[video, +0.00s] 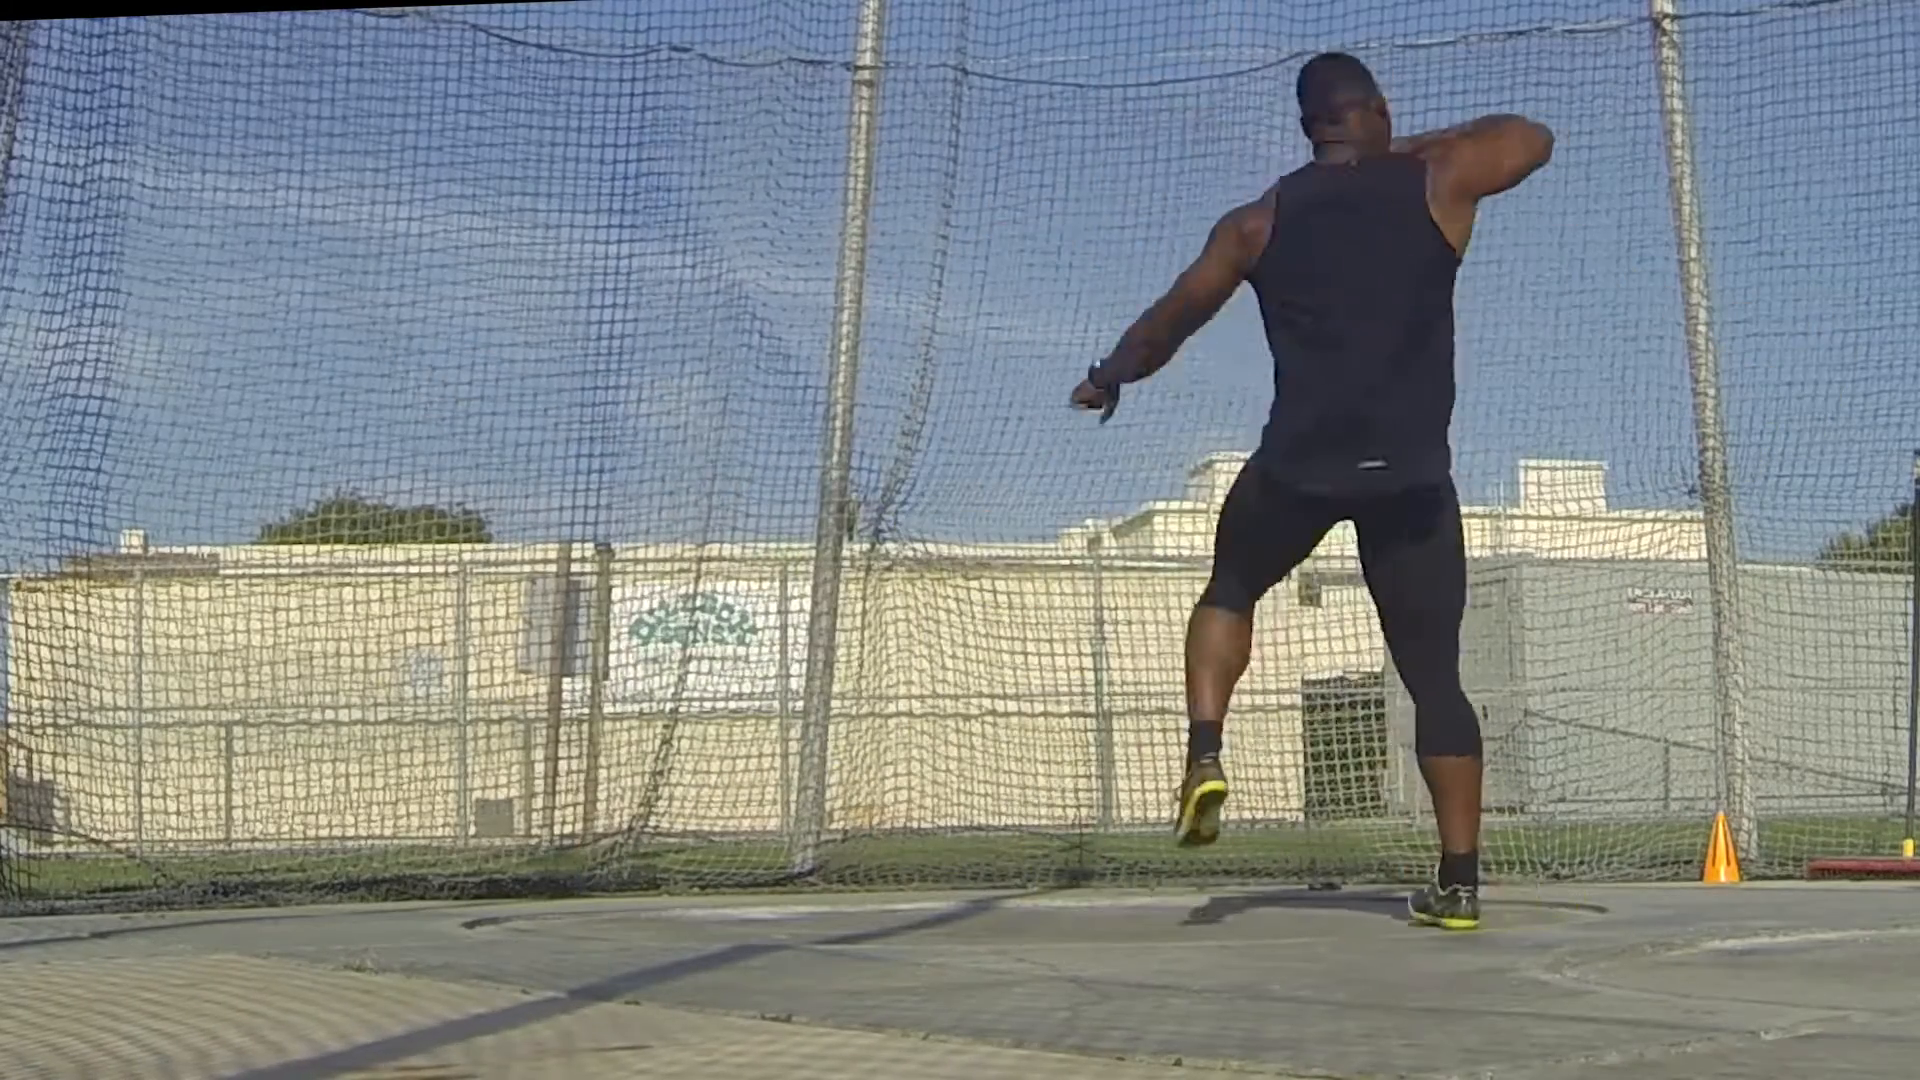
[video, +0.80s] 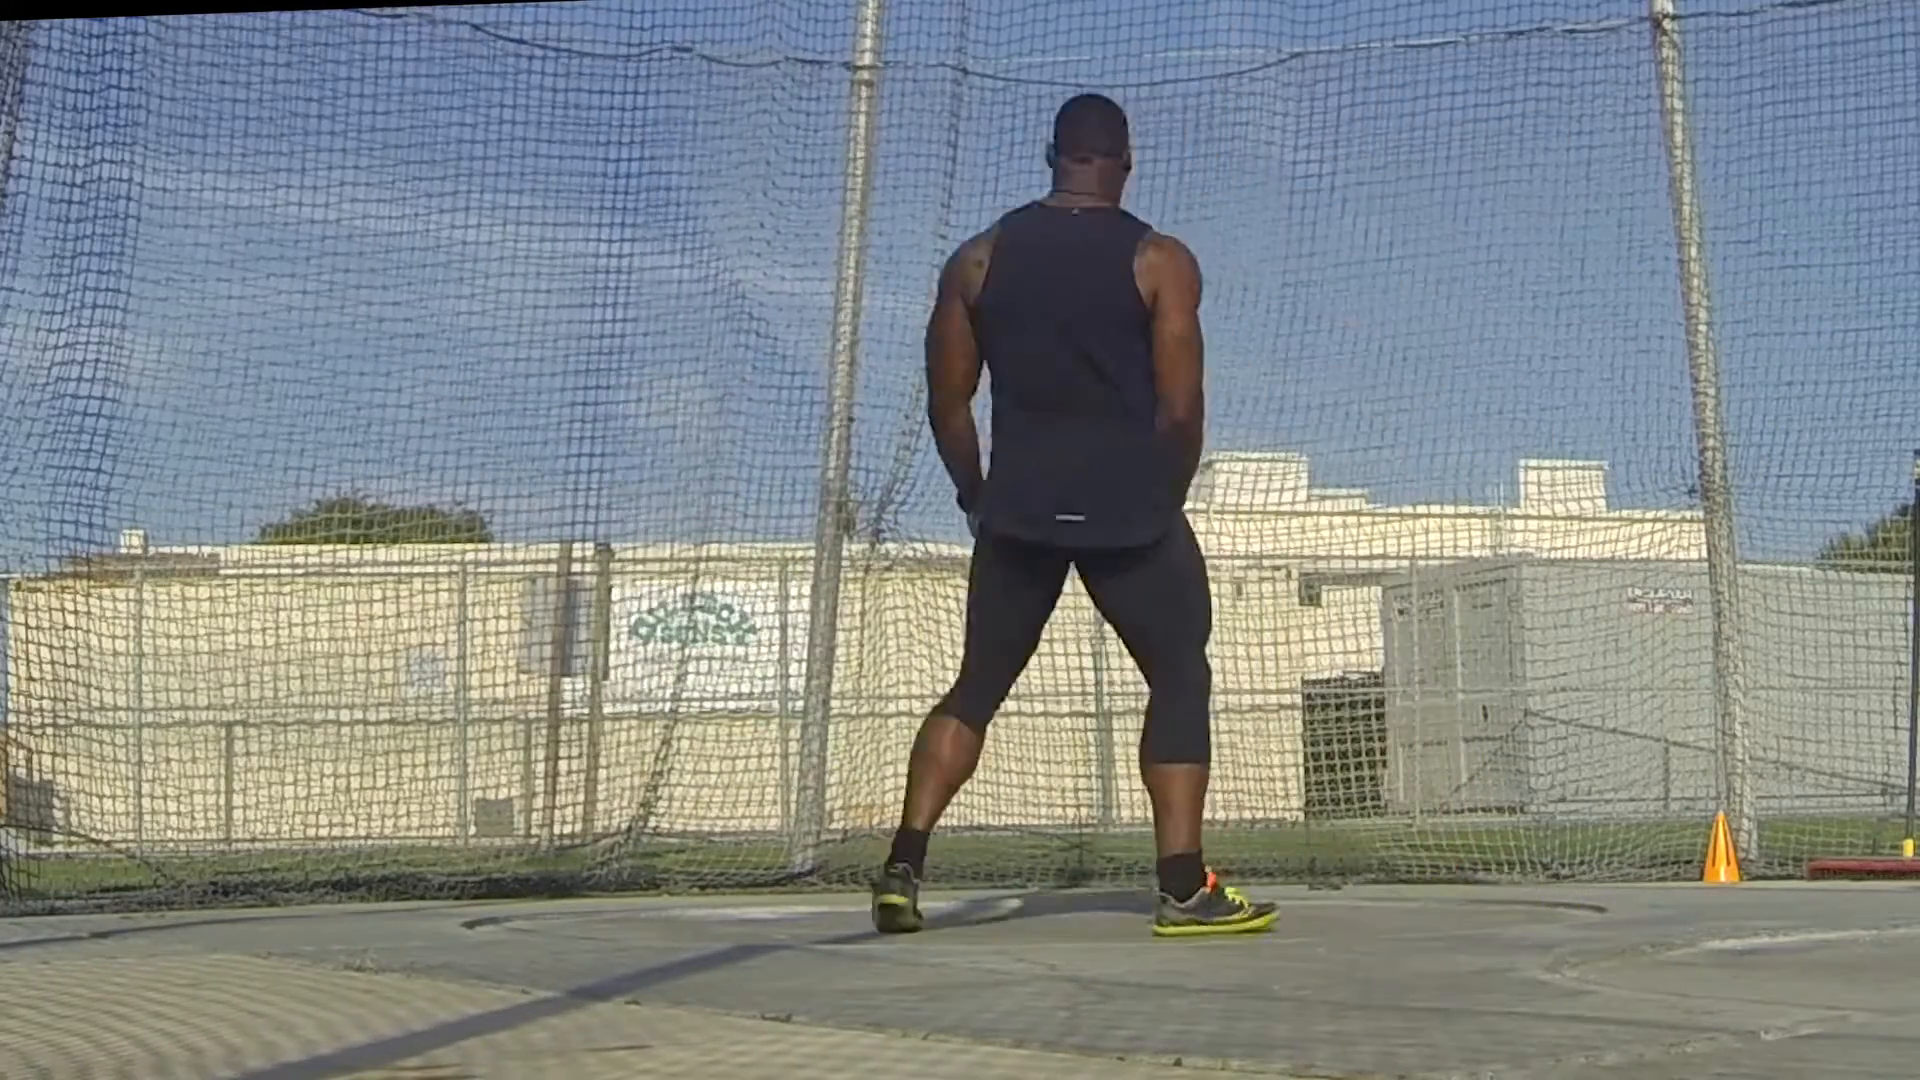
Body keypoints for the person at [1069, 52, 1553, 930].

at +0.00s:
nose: (1385, 120)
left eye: (1372, 110)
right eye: (1381, 108)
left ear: (1306, 130)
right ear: (1376, 115)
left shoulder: (1259, 220)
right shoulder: (1443, 174)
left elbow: (1173, 317)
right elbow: (1534, 138)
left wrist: (1112, 373)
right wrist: (1421, 145)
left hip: (1295, 464)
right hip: (1410, 470)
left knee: (1229, 590)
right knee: (1435, 678)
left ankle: (1205, 756)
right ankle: (1460, 883)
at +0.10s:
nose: (1264, 167)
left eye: (1268, 152)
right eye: (1263, 152)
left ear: (1300, 143)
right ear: (1349, 141)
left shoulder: (1289, 204)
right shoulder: (1421, 196)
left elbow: (1176, 261)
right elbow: (1428, 189)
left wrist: (1050, 291)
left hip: (1328, 462)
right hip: (1419, 468)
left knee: (1209, 637)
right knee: (1403, 663)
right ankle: (1467, 874)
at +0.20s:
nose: (1213, 156)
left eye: (1228, 139)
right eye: (1209, 146)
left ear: (1281, 143)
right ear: (1225, 165)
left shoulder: (1315, 185)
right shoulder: (1258, 247)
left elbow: (1363, 183)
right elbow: (1207, 272)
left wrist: (1387, 155)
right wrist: (1116, 271)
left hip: (1367, 465)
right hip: (1320, 474)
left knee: (1320, 667)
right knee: (1285, 671)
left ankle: (1473, 850)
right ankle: (1431, 841)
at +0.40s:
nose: (1244, 132)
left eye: (1242, 118)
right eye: (1221, 123)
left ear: (1250, 136)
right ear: (1173, 149)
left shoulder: (1293, 232)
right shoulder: (1133, 276)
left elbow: (1351, 346)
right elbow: (1104, 411)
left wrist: (1421, 436)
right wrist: (1115, 523)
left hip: (1342, 476)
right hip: (1237, 494)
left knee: (1403, 648)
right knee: (1251, 689)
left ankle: (1425, 860)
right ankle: (1247, 872)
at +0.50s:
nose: (1248, 128)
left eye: (1243, 113)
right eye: (1228, 114)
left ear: (1194, 141)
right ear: (1174, 136)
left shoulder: (1222, 238)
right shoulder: (1137, 238)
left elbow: (1208, 360)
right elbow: (1154, 355)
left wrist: (1273, 462)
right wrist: (1273, 342)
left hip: (1273, 473)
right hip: (1195, 487)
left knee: (1360, 636)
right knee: (1251, 666)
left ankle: (1351, 849)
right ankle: (1213, 875)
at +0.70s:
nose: (1180, 155)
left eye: (1174, 141)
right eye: (1176, 142)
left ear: (1094, 148)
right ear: (1159, 145)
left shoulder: (1024, 253)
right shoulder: (1169, 241)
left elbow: (1010, 386)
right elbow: (1216, 381)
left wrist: (1056, 482)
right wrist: (1284, 458)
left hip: (1074, 501)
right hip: (1173, 497)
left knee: (1105, 638)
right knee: (1220, 669)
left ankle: (1011, 815)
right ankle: (1191, 885)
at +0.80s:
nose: (1105, 170)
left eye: (1084, 157)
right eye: (1115, 158)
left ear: (1052, 161)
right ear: (1126, 164)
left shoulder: (978, 259)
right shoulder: (1161, 259)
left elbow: (949, 398)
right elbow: (1180, 413)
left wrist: (975, 492)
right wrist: (1163, 503)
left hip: (1017, 505)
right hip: (1130, 508)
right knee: (1179, 675)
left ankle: (903, 867)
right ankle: (1184, 886)